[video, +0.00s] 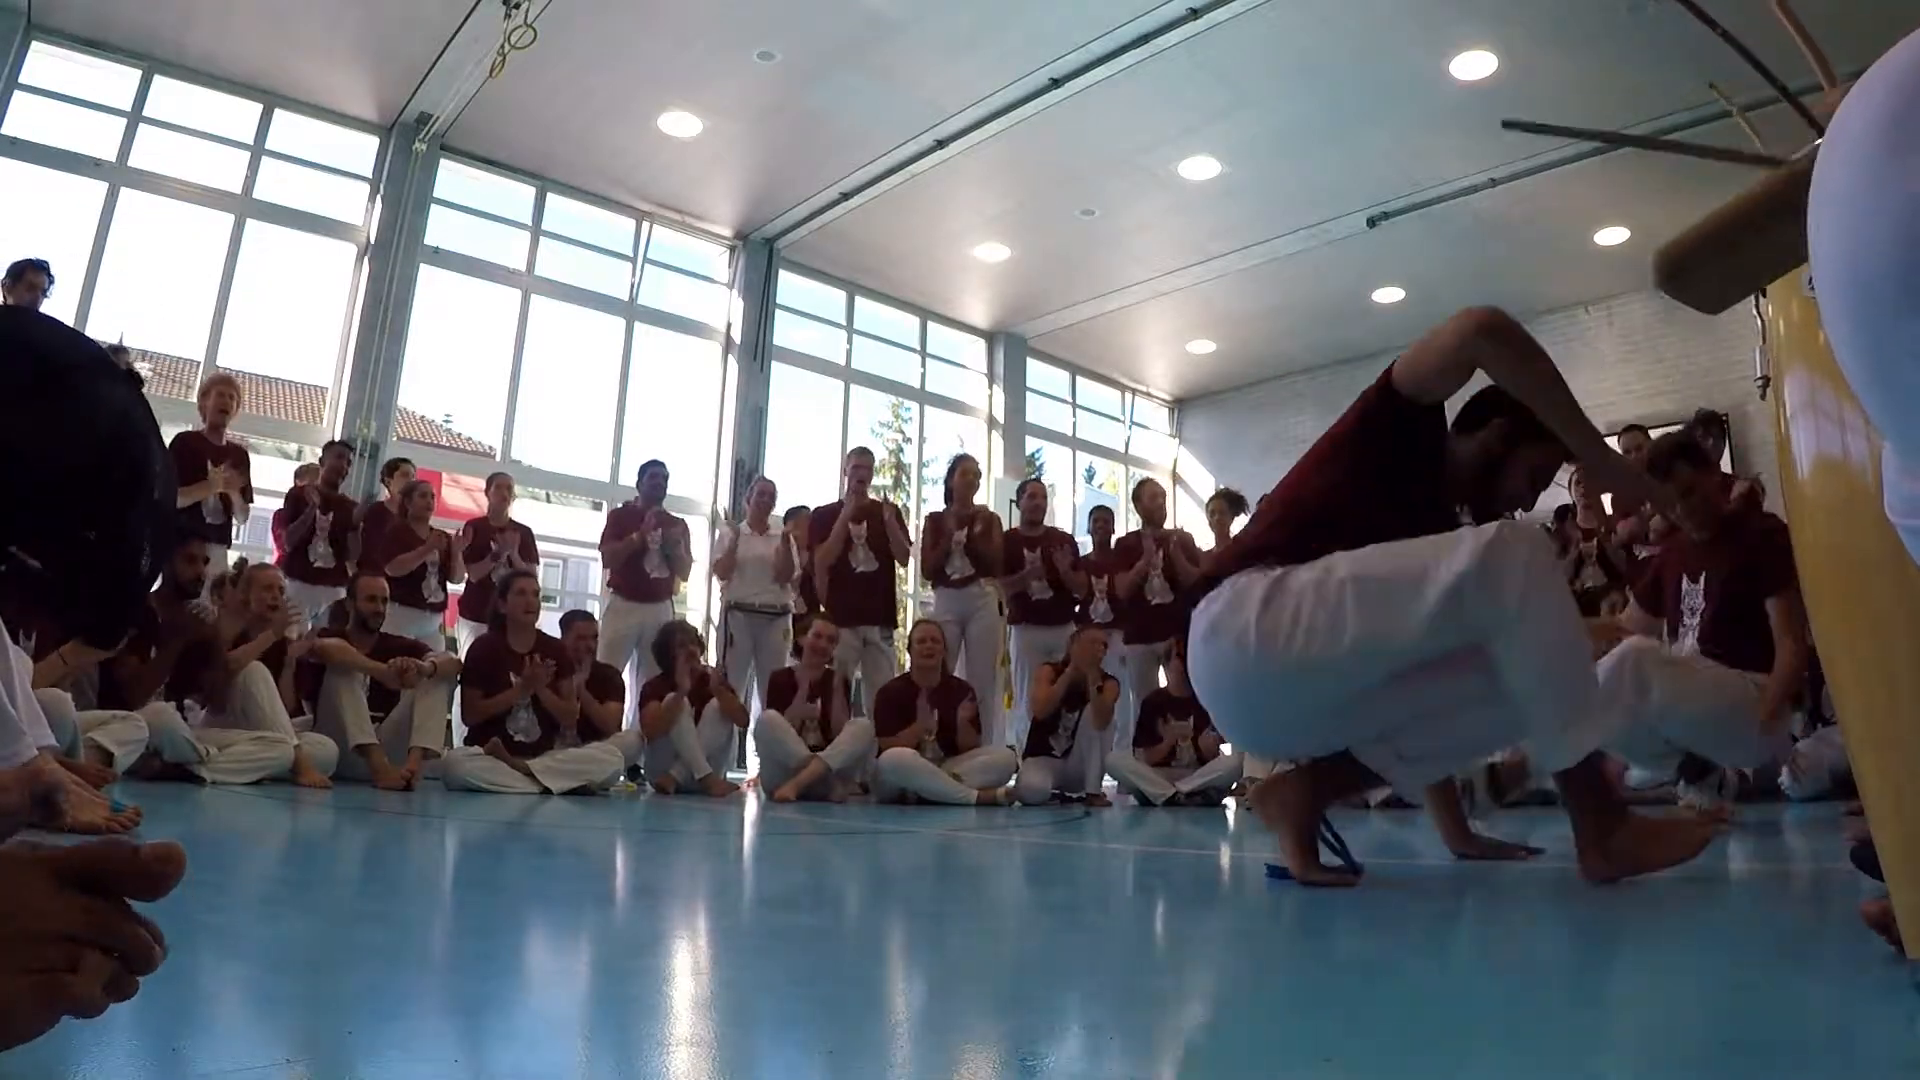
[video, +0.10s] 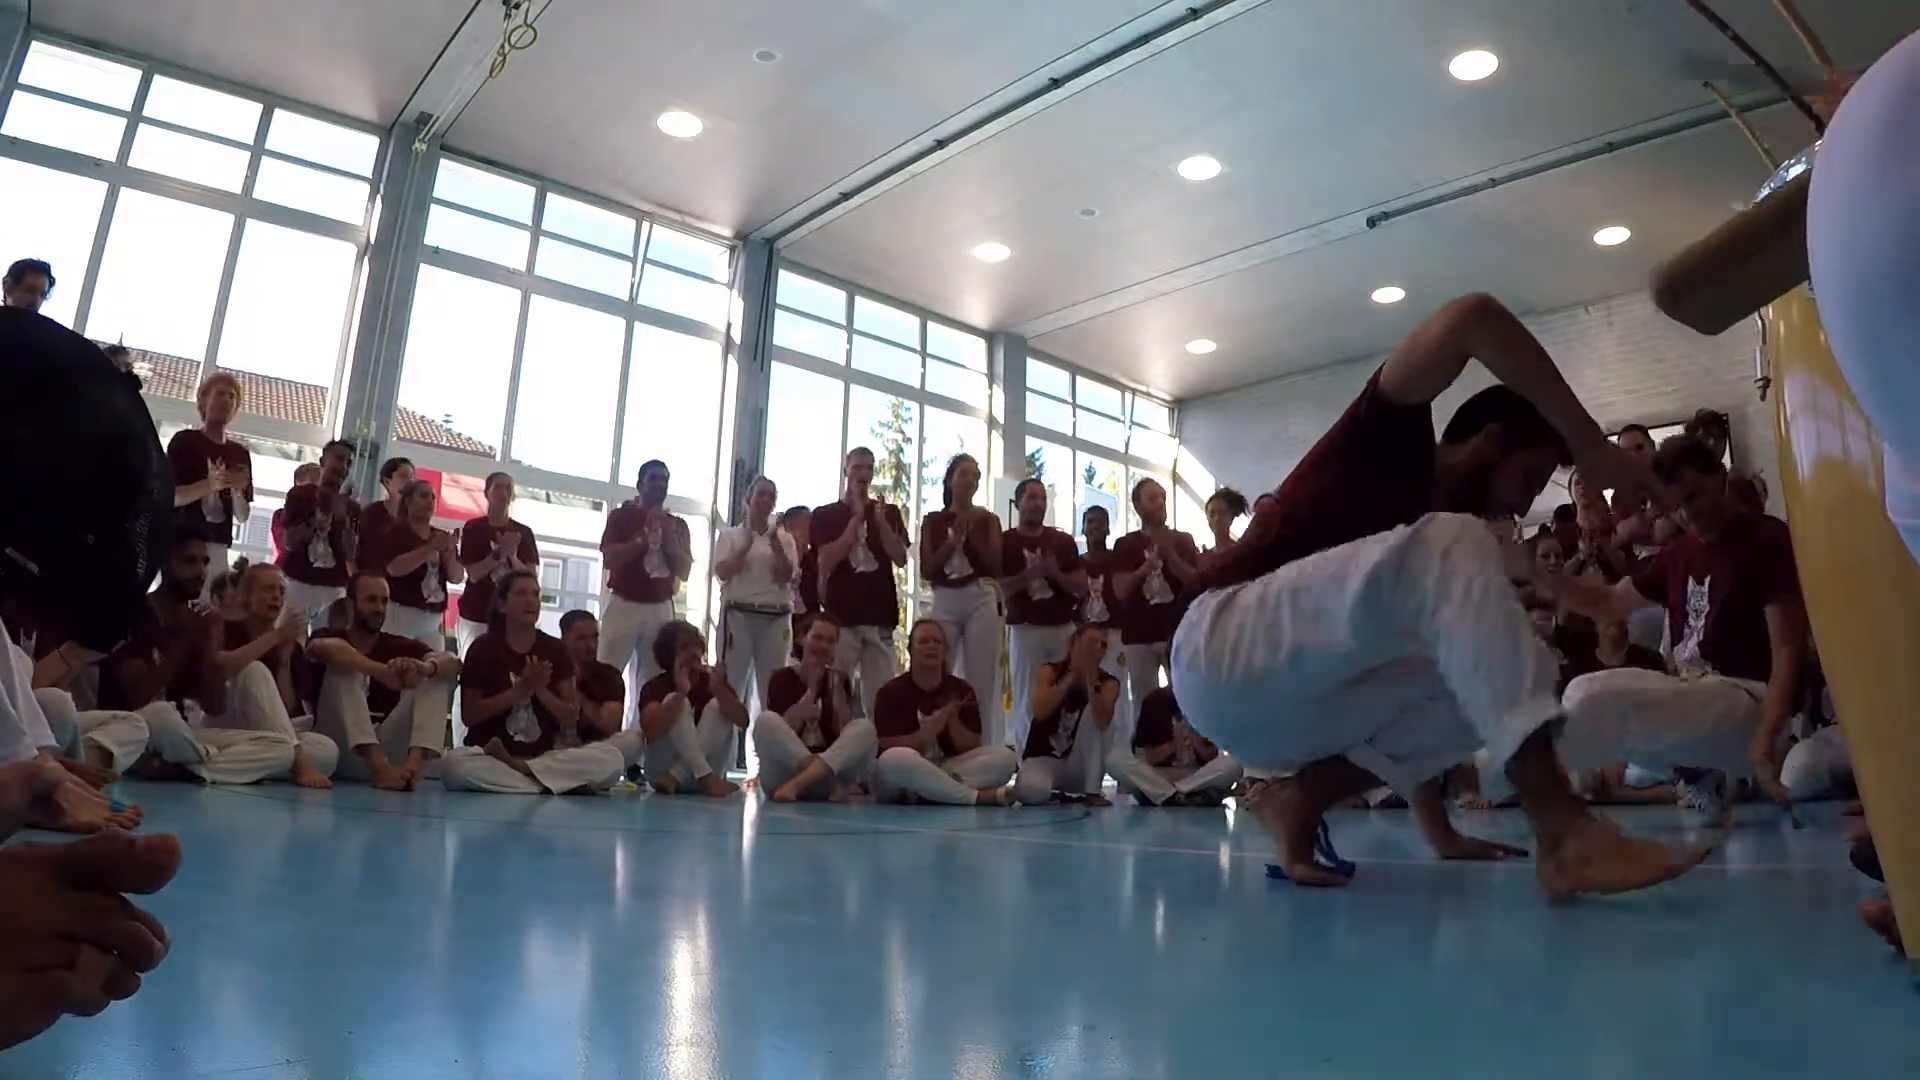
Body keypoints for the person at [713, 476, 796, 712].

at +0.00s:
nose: (765, 500)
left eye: (770, 496)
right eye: (761, 494)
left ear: (775, 502)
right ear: (748, 497)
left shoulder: (783, 535)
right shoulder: (731, 532)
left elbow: (785, 577)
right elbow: (722, 573)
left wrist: (785, 543)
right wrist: (733, 540)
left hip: (775, 616)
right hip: (737, 614)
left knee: (772, 690)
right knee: (731, 689)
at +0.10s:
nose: (765, 500)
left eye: (770, 496)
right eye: (760, 494)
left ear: (775, 502)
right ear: (748, 497)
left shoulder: (785, 538)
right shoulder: (730, 535)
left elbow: (786, 577)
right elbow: (722, 573)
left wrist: (776, 545)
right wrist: (746, 546)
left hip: (776, 617)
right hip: (737, 615)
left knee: (772, 691)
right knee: (731, 689)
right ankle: (728, 746)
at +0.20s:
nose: (765, 500)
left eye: (770, 496)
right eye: (760, 494)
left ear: (775, 502)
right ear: (748, 497)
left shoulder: (784, 538)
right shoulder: (730, 535)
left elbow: (785, 576)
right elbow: (722, 572)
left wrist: (769, 540)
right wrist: (750, 544)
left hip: (775, 618)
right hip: (737, 615)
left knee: (771, 690)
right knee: (732, 689)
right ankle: (728, 745)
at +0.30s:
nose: (764, 500)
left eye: (769, 496)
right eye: (760, 493)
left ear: (774, 502)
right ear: (748, 496)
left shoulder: (784, 538)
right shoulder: (729, 534)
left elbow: (787, 575)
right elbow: (722, 572)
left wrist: (780, 545)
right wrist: (742, 541)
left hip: (775, 617)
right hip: (737, 615)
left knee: (772, 690)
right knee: (731, 688)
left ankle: (771, 745)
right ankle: (728, 745)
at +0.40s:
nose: (764, 499)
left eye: (769, 496)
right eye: (760, 493)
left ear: (774, 502)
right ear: (748, 496)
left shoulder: (784, 538)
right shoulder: (728, 534)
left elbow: (785, 576)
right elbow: (723, 572)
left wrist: (779, 546)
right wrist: (744, 539)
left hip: (775, 617)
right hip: (737, 616)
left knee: (772, 690)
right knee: (731, 688)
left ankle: (771, 746)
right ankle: (728, 746)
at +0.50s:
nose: (764, 499)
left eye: (769, 496)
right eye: (759, 493)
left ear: (773, 502)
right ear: (747, 497)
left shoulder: (784, 538)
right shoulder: (728, 535)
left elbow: (785, 576)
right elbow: (722, 571)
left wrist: (770, 546)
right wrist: (752, 545)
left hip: (775, 618)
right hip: (736, 616)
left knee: (771, 690)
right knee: (731, 687)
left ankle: (769, 746)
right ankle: (727, 746)